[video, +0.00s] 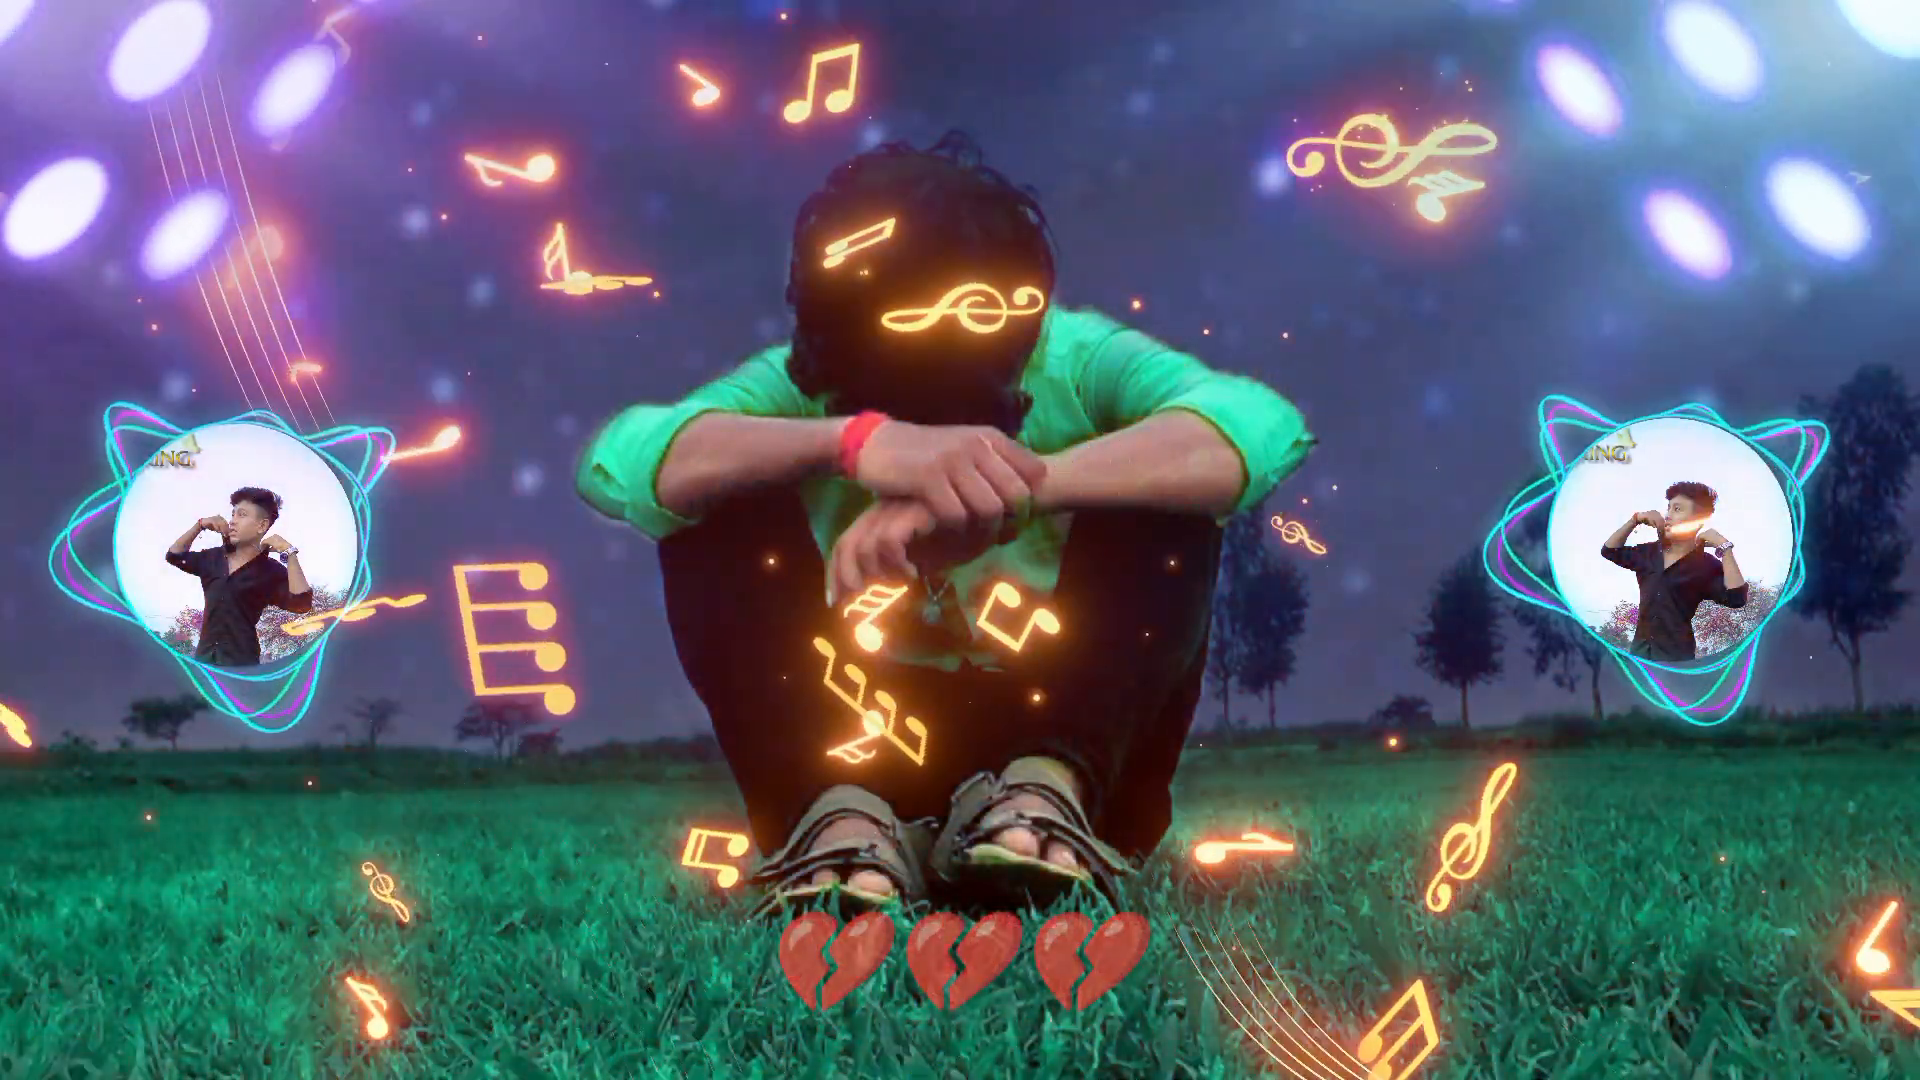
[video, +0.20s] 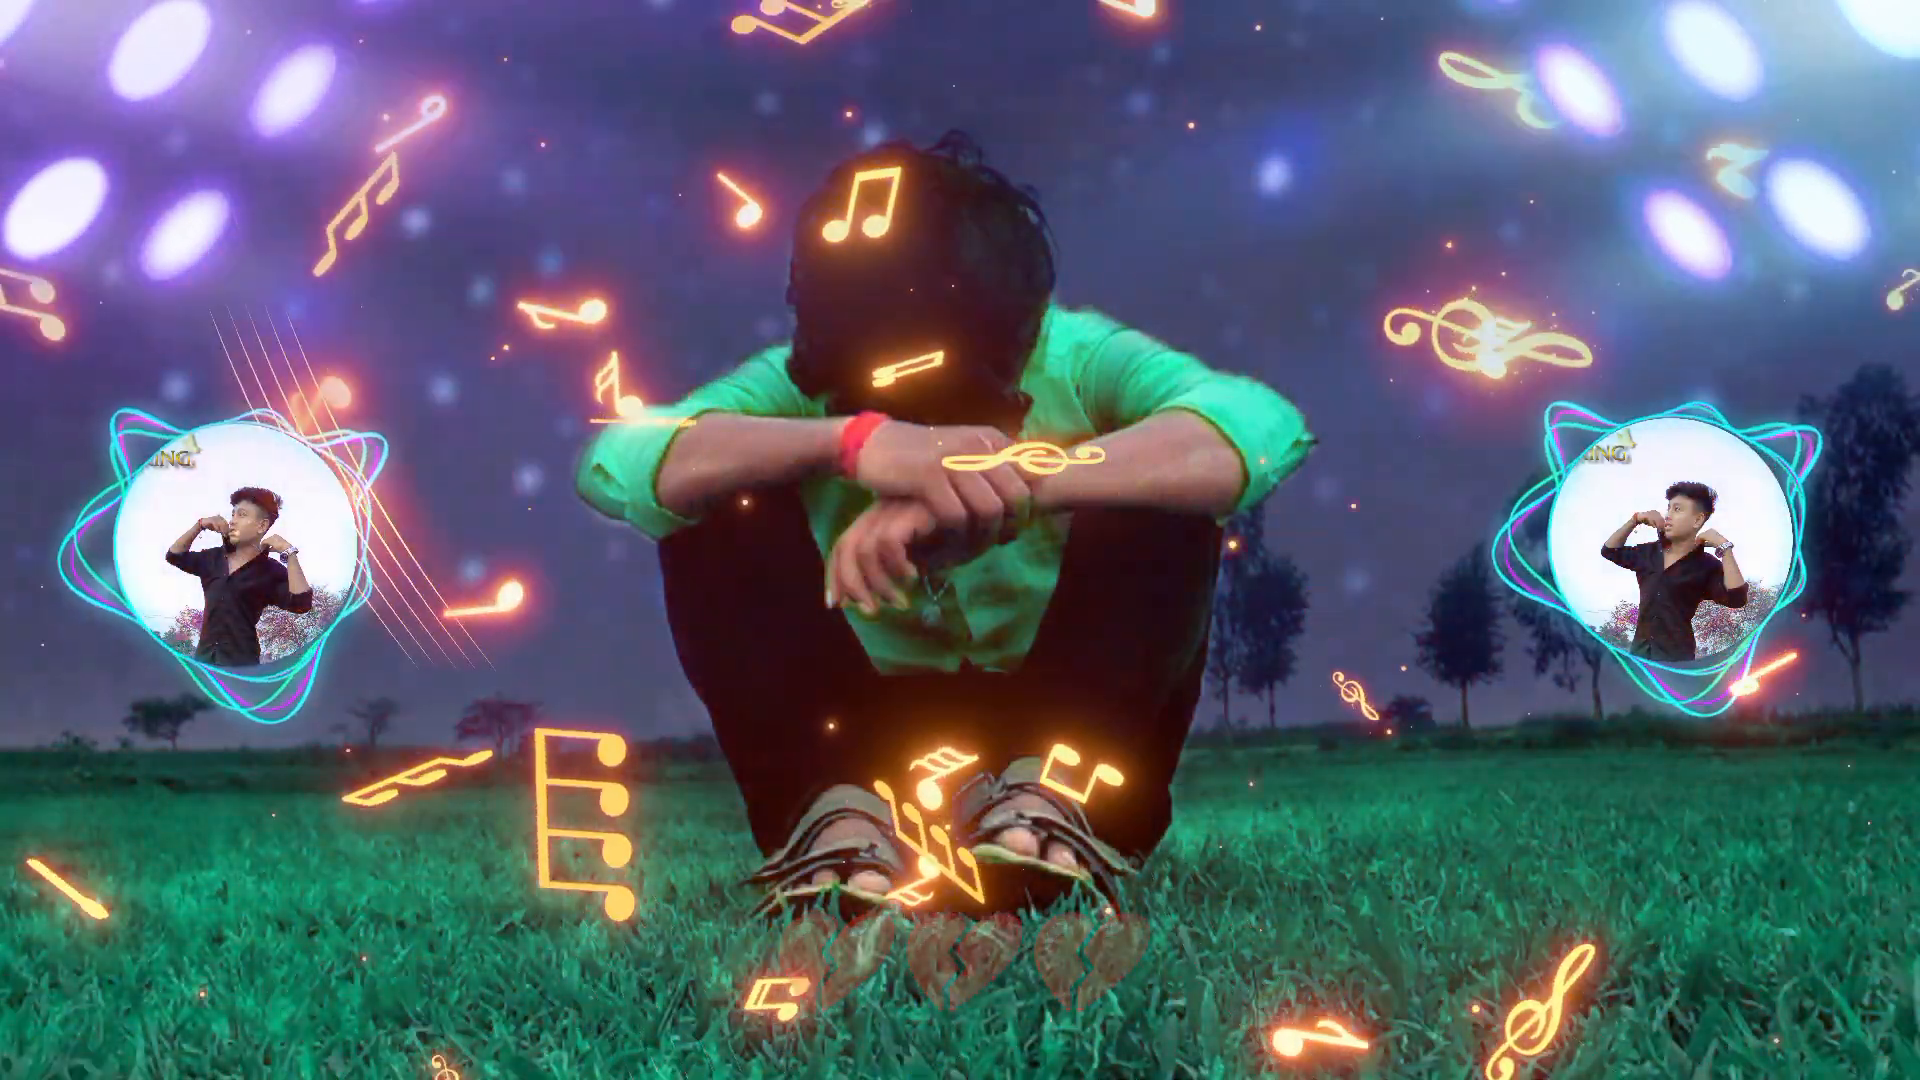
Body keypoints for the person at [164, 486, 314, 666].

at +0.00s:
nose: (232, 521)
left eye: (242, 515)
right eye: (233, 514)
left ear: (263, 525)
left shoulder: (270, 569)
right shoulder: (212, 558)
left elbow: (302, 604)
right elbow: (173, 556)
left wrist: (290, 554)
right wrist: (199, 526)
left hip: (242, 662)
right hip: (204, 658)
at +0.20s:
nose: (232, 520)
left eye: (242, 515)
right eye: (233, 514)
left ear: (263, 525)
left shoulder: (270, 570)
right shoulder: (212, 558)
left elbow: (302, 604)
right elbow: (174, 556)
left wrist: (290, 554)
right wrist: (199, 526)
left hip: (242, 663)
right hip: (204, 659)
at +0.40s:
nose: (232, 521)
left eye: (242, 515)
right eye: (233, 514)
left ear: (263, 525)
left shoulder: (270, 570)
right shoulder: (213, 558)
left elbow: (302, 605)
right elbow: (174, 556)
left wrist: (290, 554)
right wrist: (199, 526)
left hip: (242, 663)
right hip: (204, 659)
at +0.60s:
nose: (232, 521)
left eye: (242, 515)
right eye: (233, 514)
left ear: (263, 525)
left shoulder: (271, 570)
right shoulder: (213, 558)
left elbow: (302, 604)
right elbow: (175, 556)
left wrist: (290, 554)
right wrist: (199, 526)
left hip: (242, 665)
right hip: (204, 661)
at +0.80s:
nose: (232, 521)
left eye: (242, 515)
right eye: (233, 514)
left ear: (263, 525)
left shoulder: (270, 570)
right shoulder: (212, 559)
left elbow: (302, 605)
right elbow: (174, 556)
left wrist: (290, 554)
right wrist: (198, 526)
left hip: (242, 664)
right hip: (204, 660)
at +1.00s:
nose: (232, 521)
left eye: (242, 515)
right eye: (233, 514)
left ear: (263, 525)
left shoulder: (270, 570)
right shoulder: (213, 557)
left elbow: (302, 604)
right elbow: (174, 556)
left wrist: (290, 553)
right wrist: (198, 526)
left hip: (243, 658)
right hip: (205, 654)